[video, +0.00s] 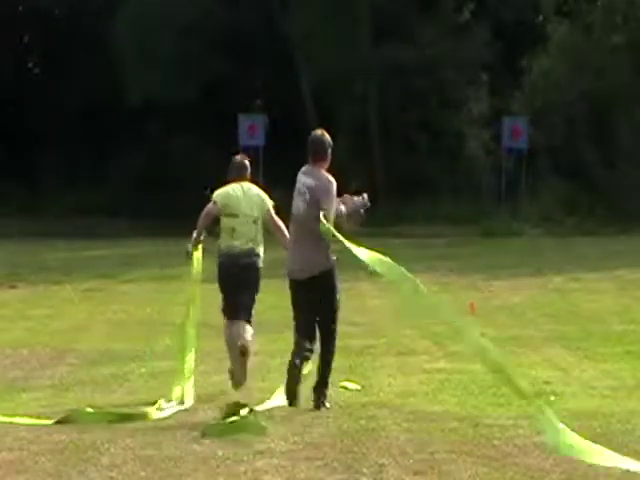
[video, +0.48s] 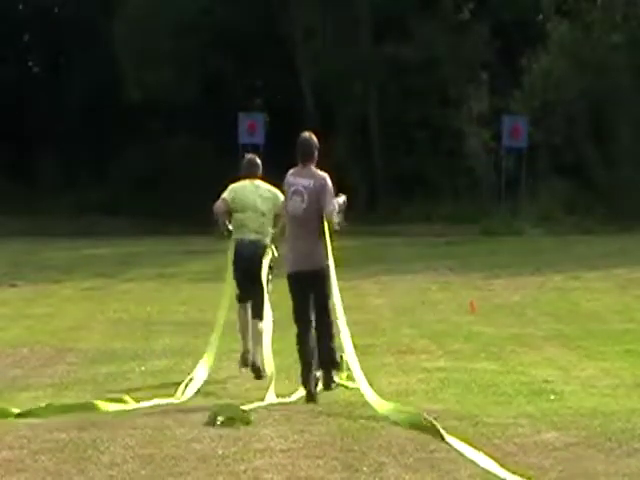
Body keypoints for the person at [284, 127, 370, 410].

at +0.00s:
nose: (331, 155)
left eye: (328, 151)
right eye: (331, 151)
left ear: (309, 152)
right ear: (329, 153)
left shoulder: (303, 176)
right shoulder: (326, 182)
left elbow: (322, 209)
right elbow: (326, 222)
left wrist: (346, 204)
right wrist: (351, 207)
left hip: (296, 269)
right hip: (320, 268)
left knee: (304, 330)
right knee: (328, 331)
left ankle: (296, 362)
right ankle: (321, 391)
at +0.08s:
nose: (328, 158)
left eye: (323, 154)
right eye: (329, 154)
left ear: (308, 156)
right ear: (328, 156)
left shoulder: (300, 178)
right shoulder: (329, 185)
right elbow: (341, 222)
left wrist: (338, 202)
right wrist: (349, 203)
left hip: (296, 268)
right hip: (320, 268)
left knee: (302, 327)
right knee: (328, 333)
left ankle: (287, 365)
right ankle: (319, 391)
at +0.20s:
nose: (317, 149)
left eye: (311, 144)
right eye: (320, 144)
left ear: (303, 146)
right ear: (324, 146)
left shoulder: (292, 171)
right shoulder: (333, 176)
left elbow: (285, 207)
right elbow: (339, 213)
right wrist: (337, 234)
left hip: (298, 256)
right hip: (324, 256)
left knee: (298, 315)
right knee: (323, 316)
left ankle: (297, 369)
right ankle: (321, 371)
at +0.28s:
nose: (314, 149)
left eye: (308, 144)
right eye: (317, 144)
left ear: (298, 146)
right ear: (320, 146)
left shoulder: (291, 172)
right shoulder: (330, 173)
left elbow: (283, 205)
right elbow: (340, 206)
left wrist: (289, 216)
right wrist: (339, 205)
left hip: (299, 256)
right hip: (325, 254)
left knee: (301, 316)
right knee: (324, 304)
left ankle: (305, 373)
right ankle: (323, 331)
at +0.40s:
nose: (307, 158)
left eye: (302, 153)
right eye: (311, 153)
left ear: (293, 156)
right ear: (312, 154)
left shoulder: (287, 183)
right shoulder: (324, 180)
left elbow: (286, 218)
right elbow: (334, 216)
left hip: (296, 266)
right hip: (320, 266)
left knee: (302, 329)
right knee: (322, 318)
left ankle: (308, 383)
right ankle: (323, 350)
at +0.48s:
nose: (315, 155)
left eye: (310, 150)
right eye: (316, 151)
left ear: (297, 153)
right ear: (316, 153)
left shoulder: (289, 178)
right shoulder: (322, 179)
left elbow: (292, 211)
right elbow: (330, 214)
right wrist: (339, 203)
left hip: (294, 263)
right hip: (318, 262)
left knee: (303, 322)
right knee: (324, 317)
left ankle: (308, 379)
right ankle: (328, 373)